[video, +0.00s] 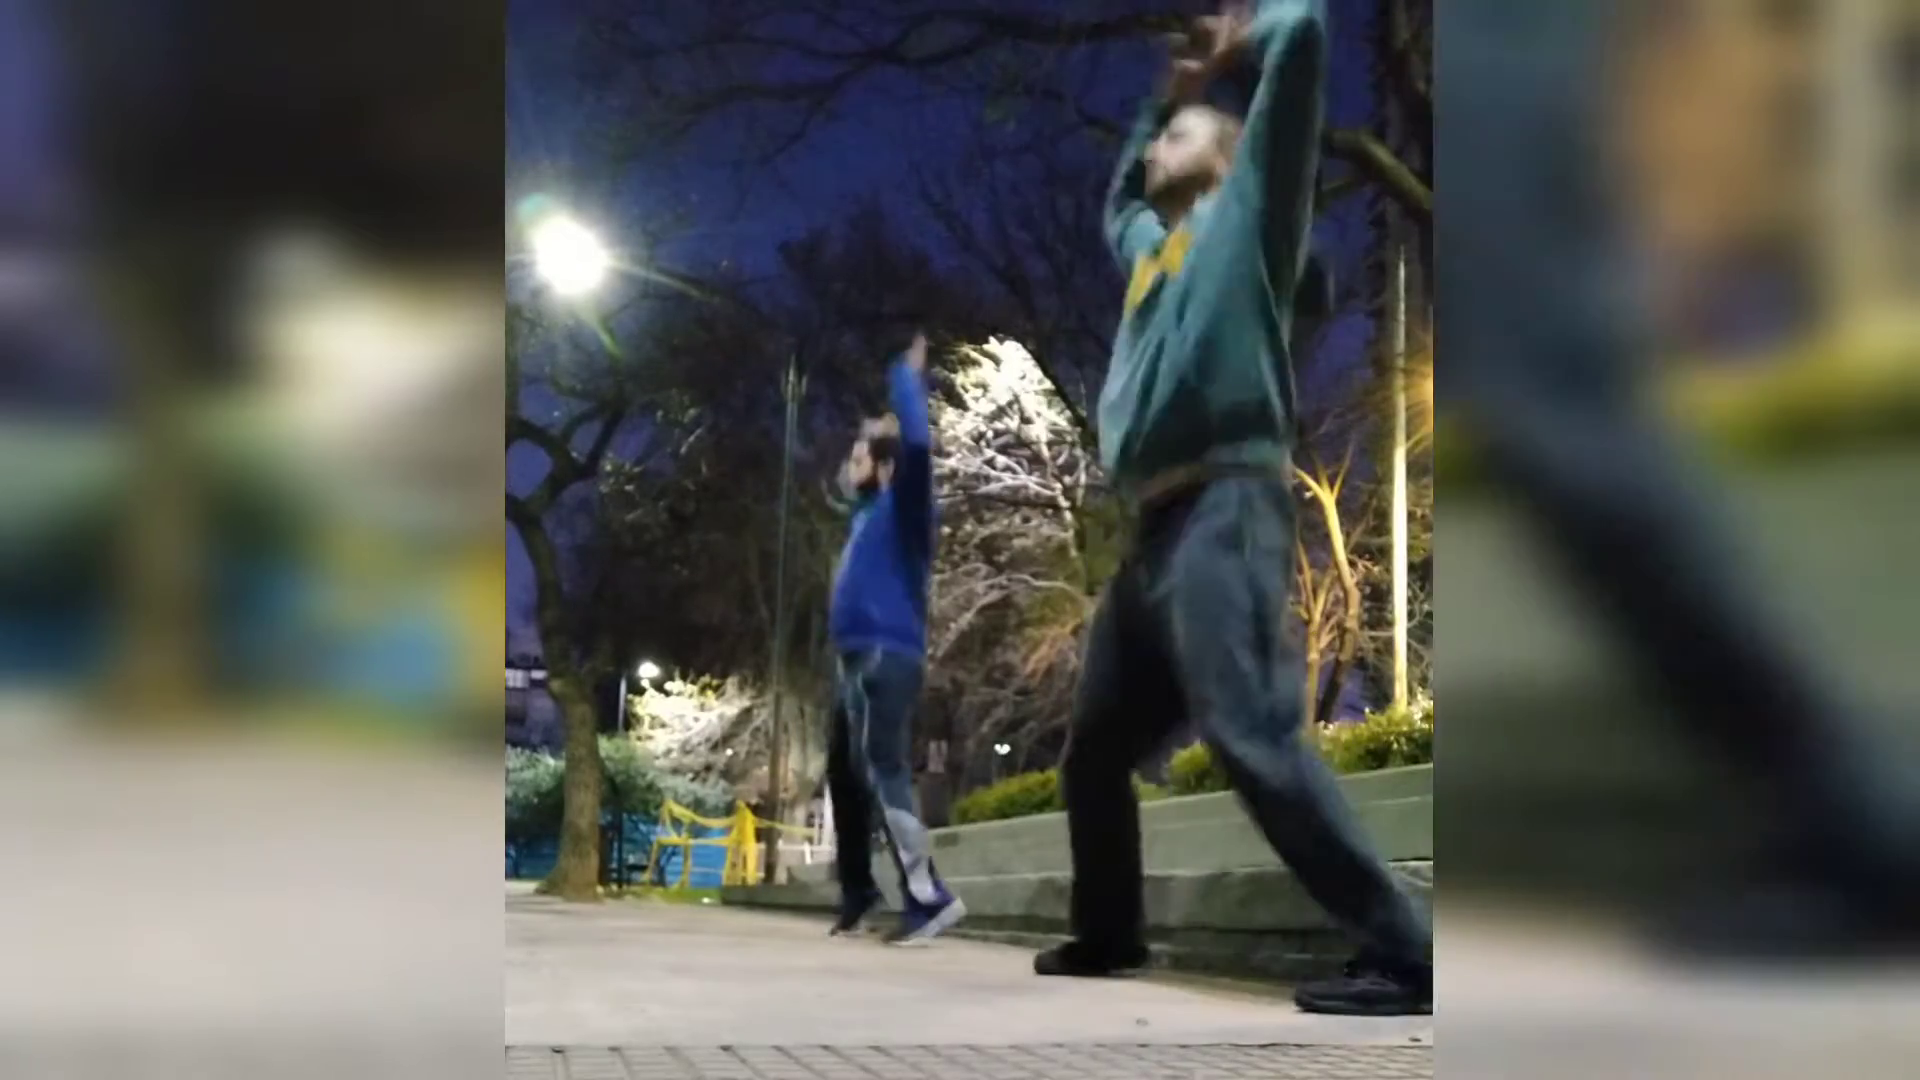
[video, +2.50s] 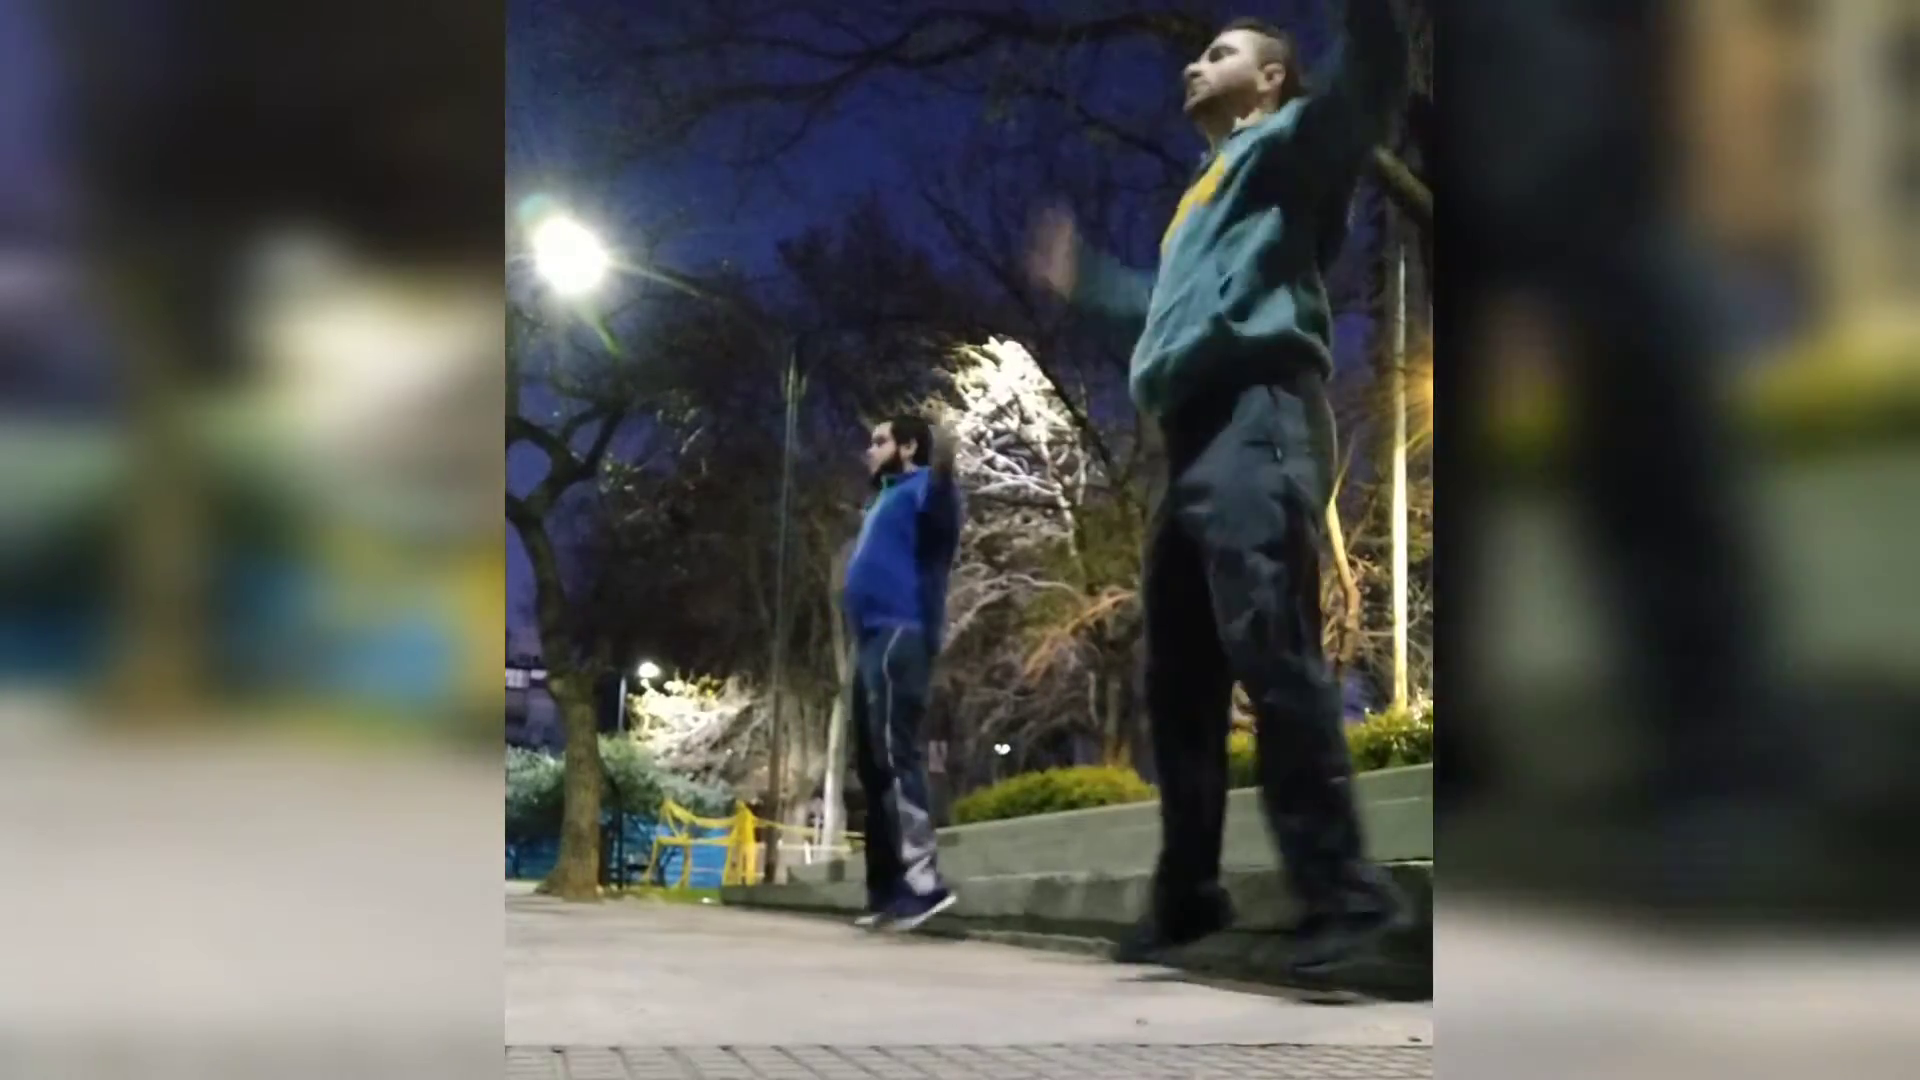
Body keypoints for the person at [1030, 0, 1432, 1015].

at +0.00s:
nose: (1161, 143)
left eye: (1184, 128)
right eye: (1159, 132)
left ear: (1231, 145)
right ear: (1168, 164)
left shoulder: (1254, 208)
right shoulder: (1148, 242)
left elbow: (1301, 32)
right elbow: (1122, 194)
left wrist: (1242, 36)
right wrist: (1172, 91)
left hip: (1229, 503)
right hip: (1156, 525)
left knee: (1250, 736)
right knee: (1095, 751)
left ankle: (1399, 956)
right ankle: (1106, 940)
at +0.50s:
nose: (1141, 133)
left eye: (1165, 119)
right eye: (1143, 122)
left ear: (1217, 141)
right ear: (1169, 153)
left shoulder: (1256, 224)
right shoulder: (1170, 255)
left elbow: (1317, 350)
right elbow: (1159, 395)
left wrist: (1242, 421)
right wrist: (1127, 511)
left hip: (1217, 508)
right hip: (1150, 520)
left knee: (1189, 724)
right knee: (1122, 732)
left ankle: (1245, 945)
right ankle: (1184, 938)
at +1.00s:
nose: (1173, 136)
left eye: (1194, 121)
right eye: (1171, 128)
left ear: (1240, 139)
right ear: (1179, 164)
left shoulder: (1271, 199)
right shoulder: (1161, 255)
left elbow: (1322, 36)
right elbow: (1137, 231)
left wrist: (1232, 18)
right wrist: (1154, 152)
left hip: (1249, 490)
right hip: (1174, 515)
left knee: (1267, 734)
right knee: (1135, 737)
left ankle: (1398, 950)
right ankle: (1150, 935)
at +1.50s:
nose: (1193, 88)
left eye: (1214, 75)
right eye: (1196, 77)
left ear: (1262, 100)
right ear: (1214, 107)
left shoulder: (1296, 176)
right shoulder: (1205, 214)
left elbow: (1341, 279)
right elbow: (1197, 379)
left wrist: (1275, 294)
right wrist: (1125, 453)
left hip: (1263, 457)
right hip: (1187, 474)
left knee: (1249, 694)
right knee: (1179, 706)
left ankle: (1295, 946)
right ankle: (1211, 935)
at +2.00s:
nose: (1197, 73)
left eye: (1221, 61)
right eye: (1201, 63)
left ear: (1275, 80)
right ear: (1221, 95)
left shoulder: (1297, 140)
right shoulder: (1200, 214)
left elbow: (1388, 81)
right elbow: (1162, 309)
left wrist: (1380, 4)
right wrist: (1071, 294)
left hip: (1268, 419)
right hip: (1192, 446)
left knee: (1292, 660)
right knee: (1176, 679)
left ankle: (1351, 900)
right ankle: (1188, 895)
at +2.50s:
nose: (1195, 65)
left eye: (1219, 52)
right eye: (1197, 55)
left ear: (1274, 75)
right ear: (1216, 94)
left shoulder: (1291, 146)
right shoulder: (1198, 201)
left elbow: (1363, 82)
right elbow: (1168, 311)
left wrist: (1372, 2)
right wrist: (1080, 274)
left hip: (1262, 411)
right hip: (1195, 434)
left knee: (1273, 651)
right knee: (1181, 677)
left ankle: (1347, 906)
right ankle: (1187, 897)